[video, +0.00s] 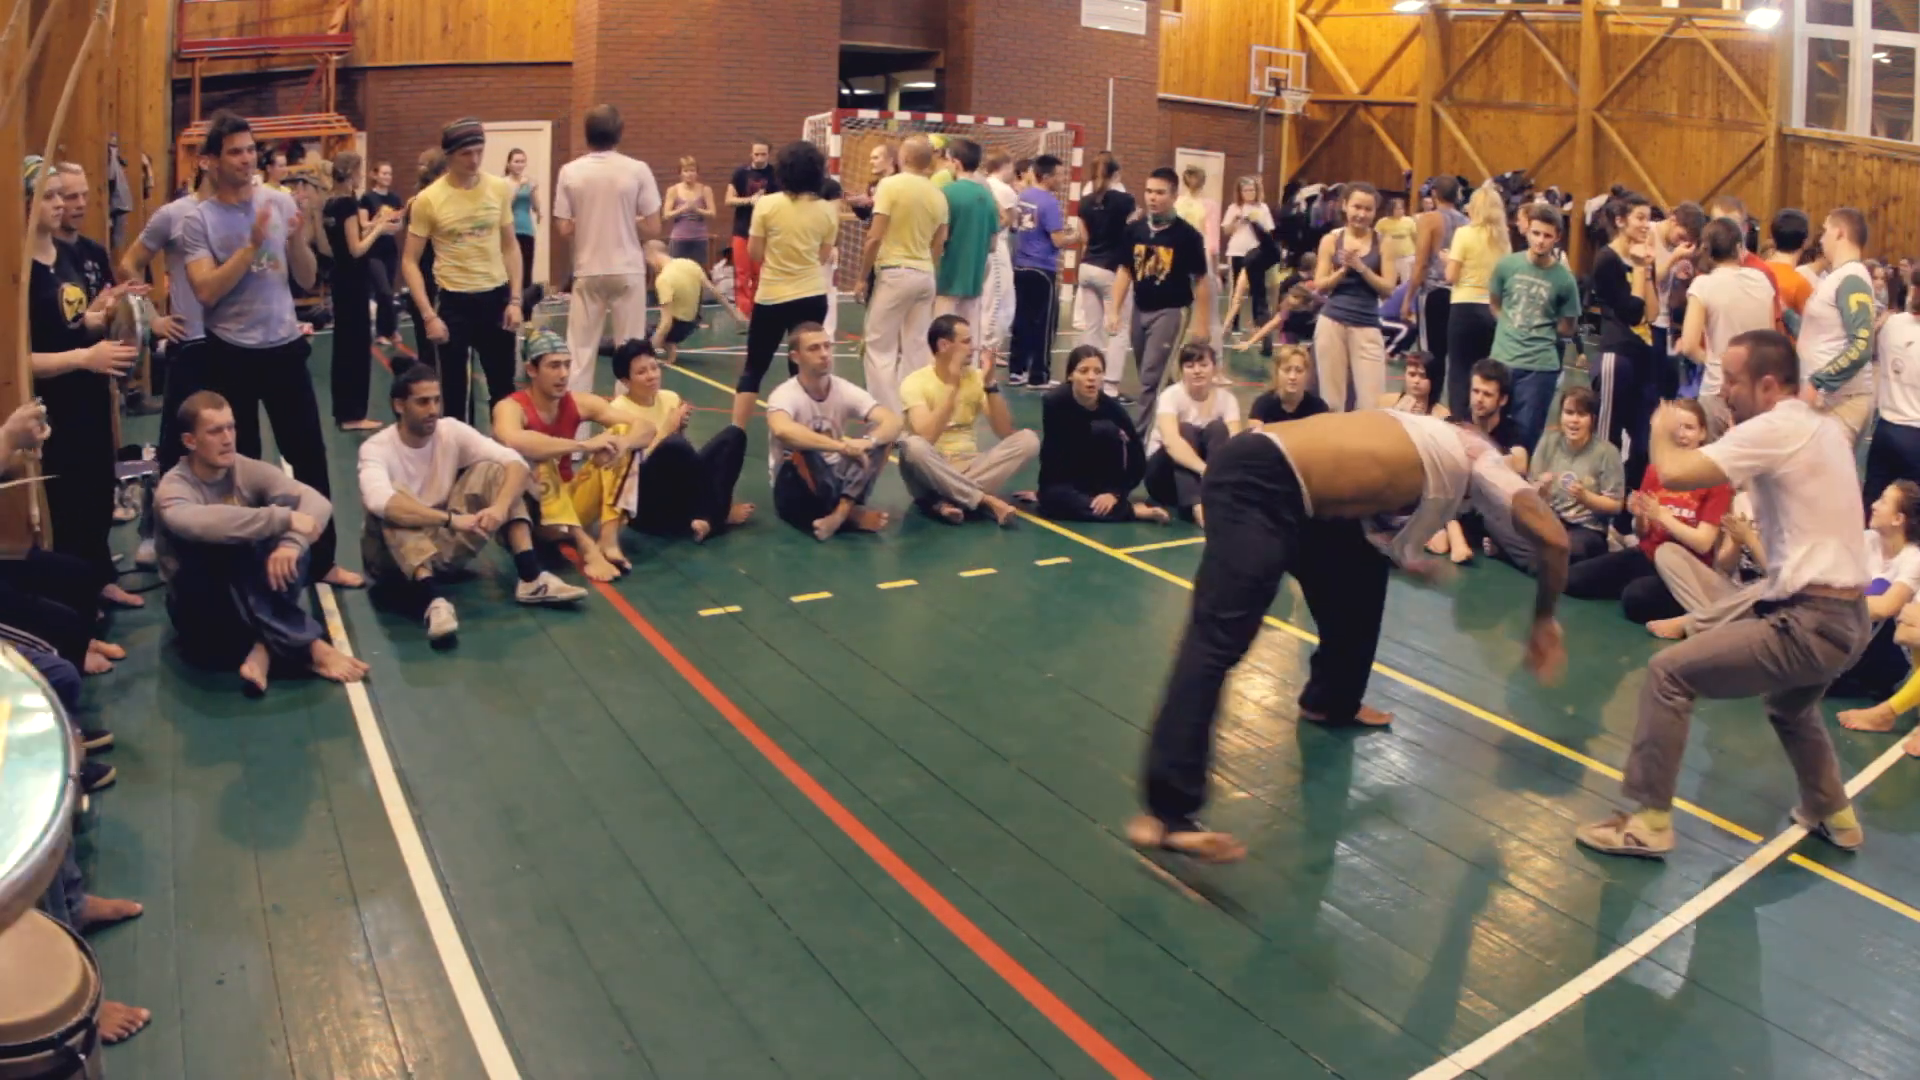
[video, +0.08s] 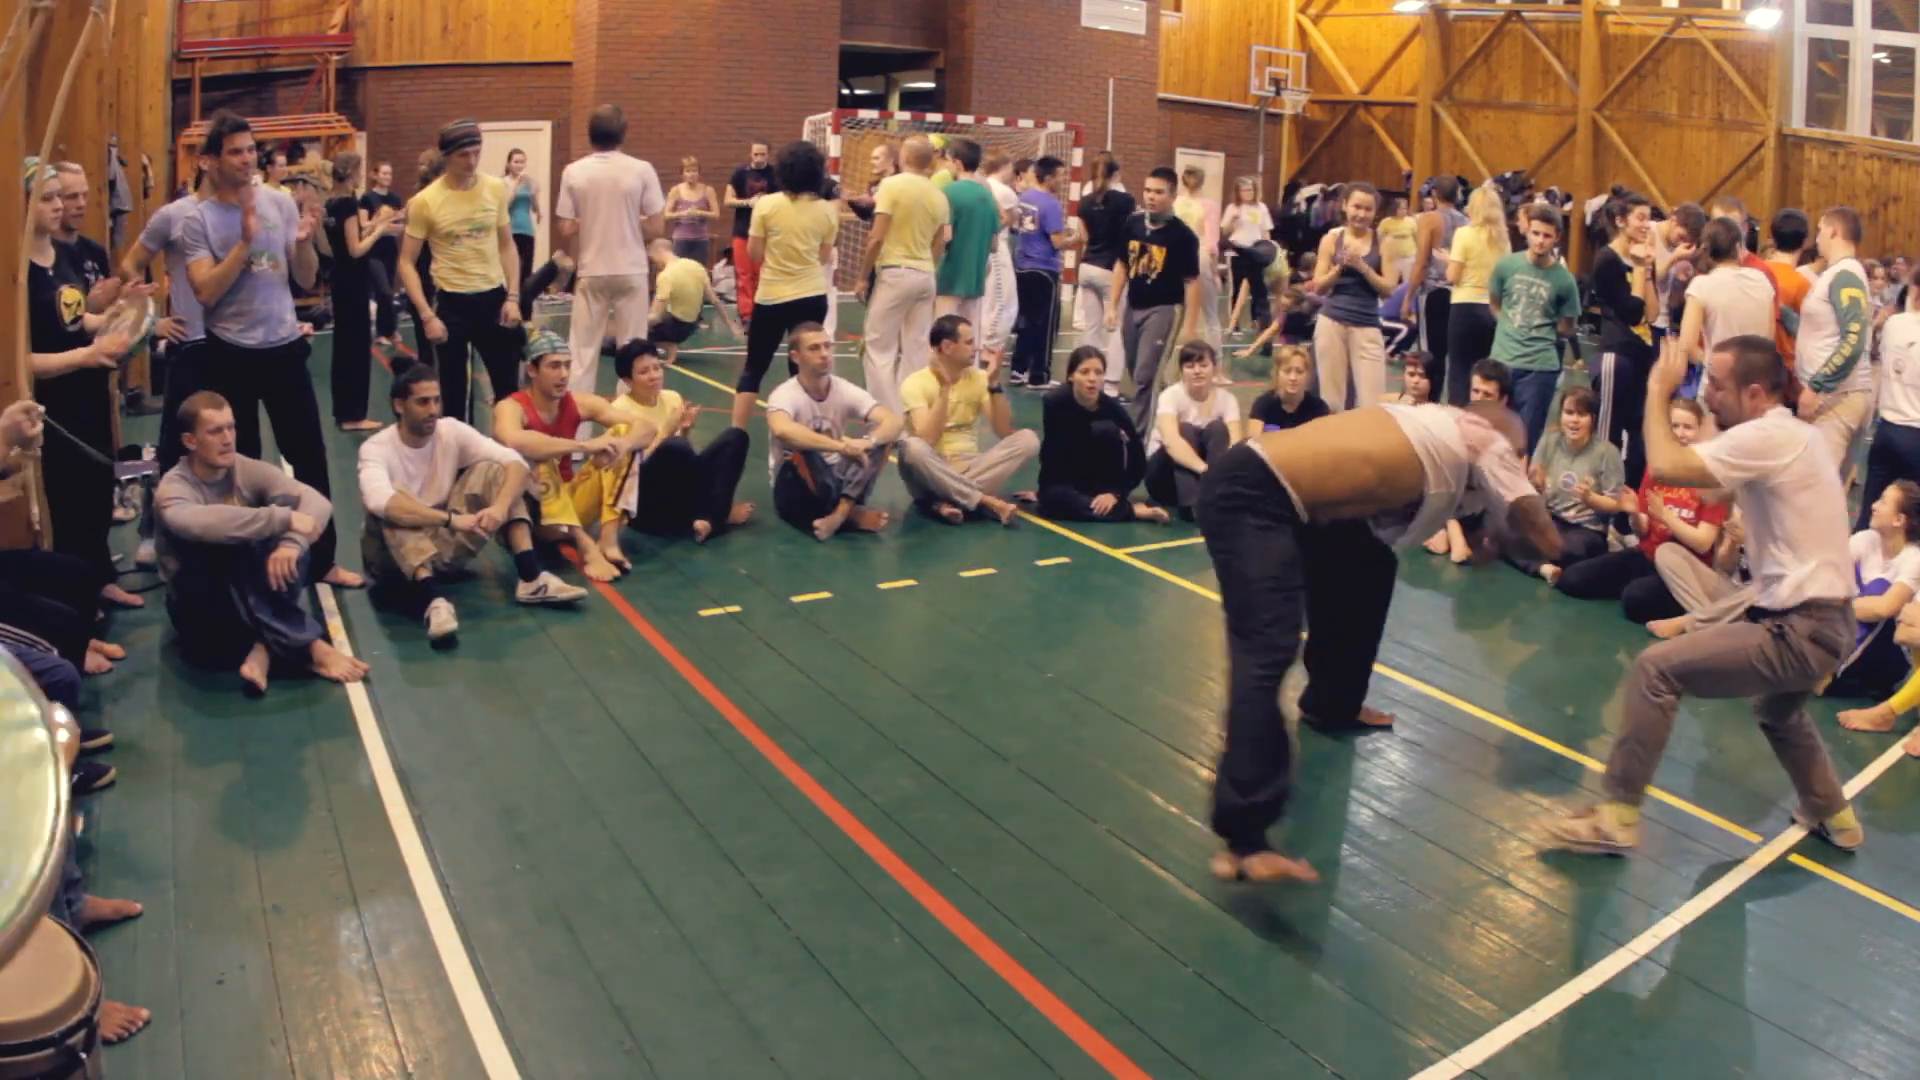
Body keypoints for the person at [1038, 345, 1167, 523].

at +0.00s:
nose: (1091, 377)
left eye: (1097, 371)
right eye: (1084, 371)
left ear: (1103, 376)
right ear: (1071, 376)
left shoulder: (1113, 410)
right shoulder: (1055, 404)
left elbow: (1139, 462)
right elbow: (1052, 451)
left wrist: (1115, 494)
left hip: (1103, 484)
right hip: (1066, 482)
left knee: (1106, 430)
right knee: (1054, 501)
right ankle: (1130, 512)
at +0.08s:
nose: (1092, 379)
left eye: (1098, 372)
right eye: (1084, 372)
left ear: (1104, 377)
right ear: (1071, 377)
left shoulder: (1113, 409)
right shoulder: (1055, 404)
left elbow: (1139, 462)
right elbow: (1052, 451)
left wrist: (1115, 494)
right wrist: (1043, 491)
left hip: (1103, 484)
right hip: (1066, 482)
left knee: (1106, 431)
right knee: (1054, 501)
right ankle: (1130, 512)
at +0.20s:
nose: (1092, 380)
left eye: (1098, 373)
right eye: (1085, 373)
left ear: (1104, 378)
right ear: (1072, 377)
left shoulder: (1113, 409)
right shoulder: (1056, 404)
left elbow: (1139, 461)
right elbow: (1051, 454)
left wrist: (1116, 494)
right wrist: (1044, 492)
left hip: (1104, 482)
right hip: (1067, 481)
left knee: (1105, 431)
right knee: (1053, 502)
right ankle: (1130, 512)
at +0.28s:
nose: (1092, 380)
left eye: (1098, 374)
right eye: (1085, 373)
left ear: (1105, 379)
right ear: (1072, 377)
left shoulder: (1114, 411)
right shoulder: (1056, 405)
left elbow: (1139, 462)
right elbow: (1051, 455)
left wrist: (1116, 494)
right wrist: (1043, 492)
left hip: (1104, 482)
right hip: (1066, 481)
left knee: (1104, 431)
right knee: (1053, 503)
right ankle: (1130, 512)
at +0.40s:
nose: (1092, 379)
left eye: (1098, 373)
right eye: (1085, 372)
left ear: (1105, 378)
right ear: (1071, 376)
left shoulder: (1112, 410)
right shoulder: (1056, 406)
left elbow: (1139, 462)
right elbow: (1052, 456)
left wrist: (1116, 494)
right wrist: (1042, 493)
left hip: (1104, 483)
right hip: (1067, 482)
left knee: (1105, 431)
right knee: (1055, 501)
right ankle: (1130, 512)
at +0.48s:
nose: (1092, 379)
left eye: (1098, 373)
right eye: (1084, 372)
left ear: (1105, 379)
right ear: (1071, 375)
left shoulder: (1113, 410)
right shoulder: (1056, 405)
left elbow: (1138, 463)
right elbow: (1053, 456)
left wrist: (1115, 494)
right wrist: (1042, 492)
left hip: (1104, 483)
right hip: (1067, 481)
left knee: (1104, 431)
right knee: (1054, 501)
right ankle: (1130, 512)